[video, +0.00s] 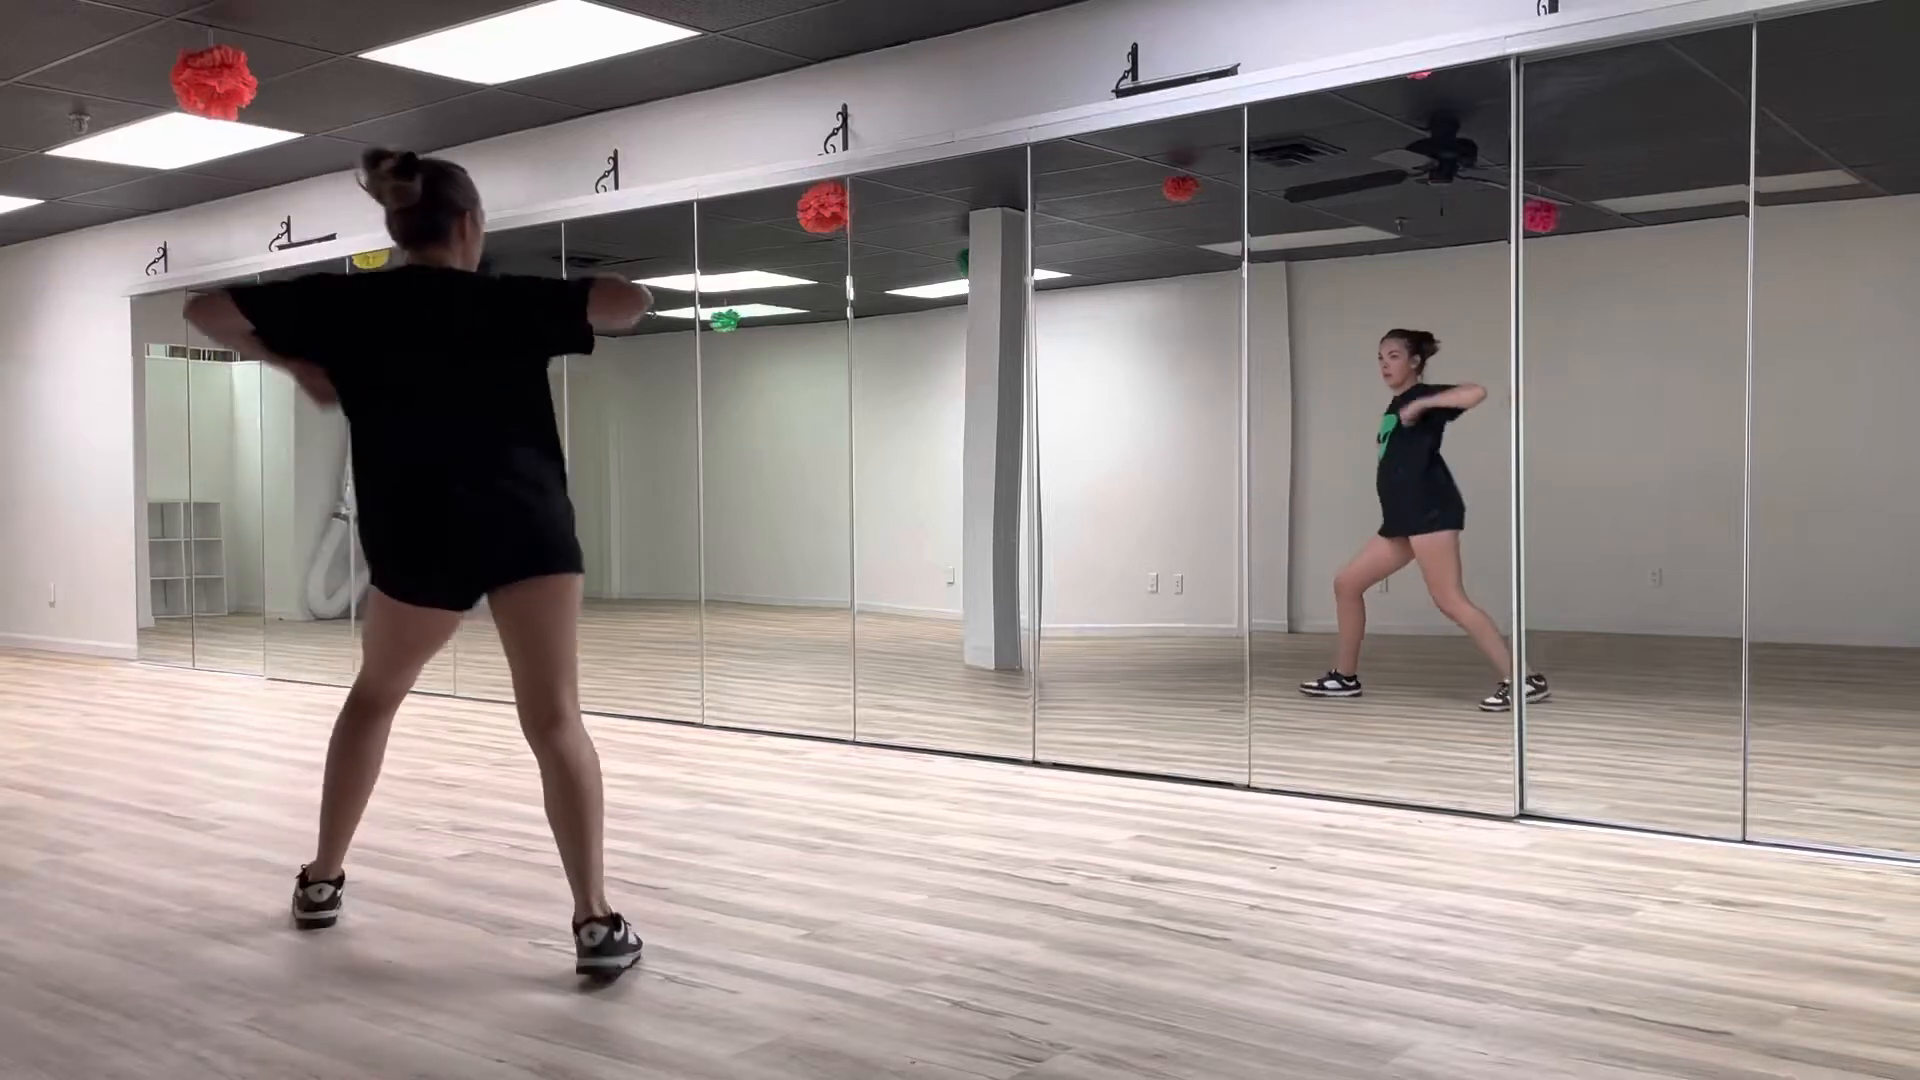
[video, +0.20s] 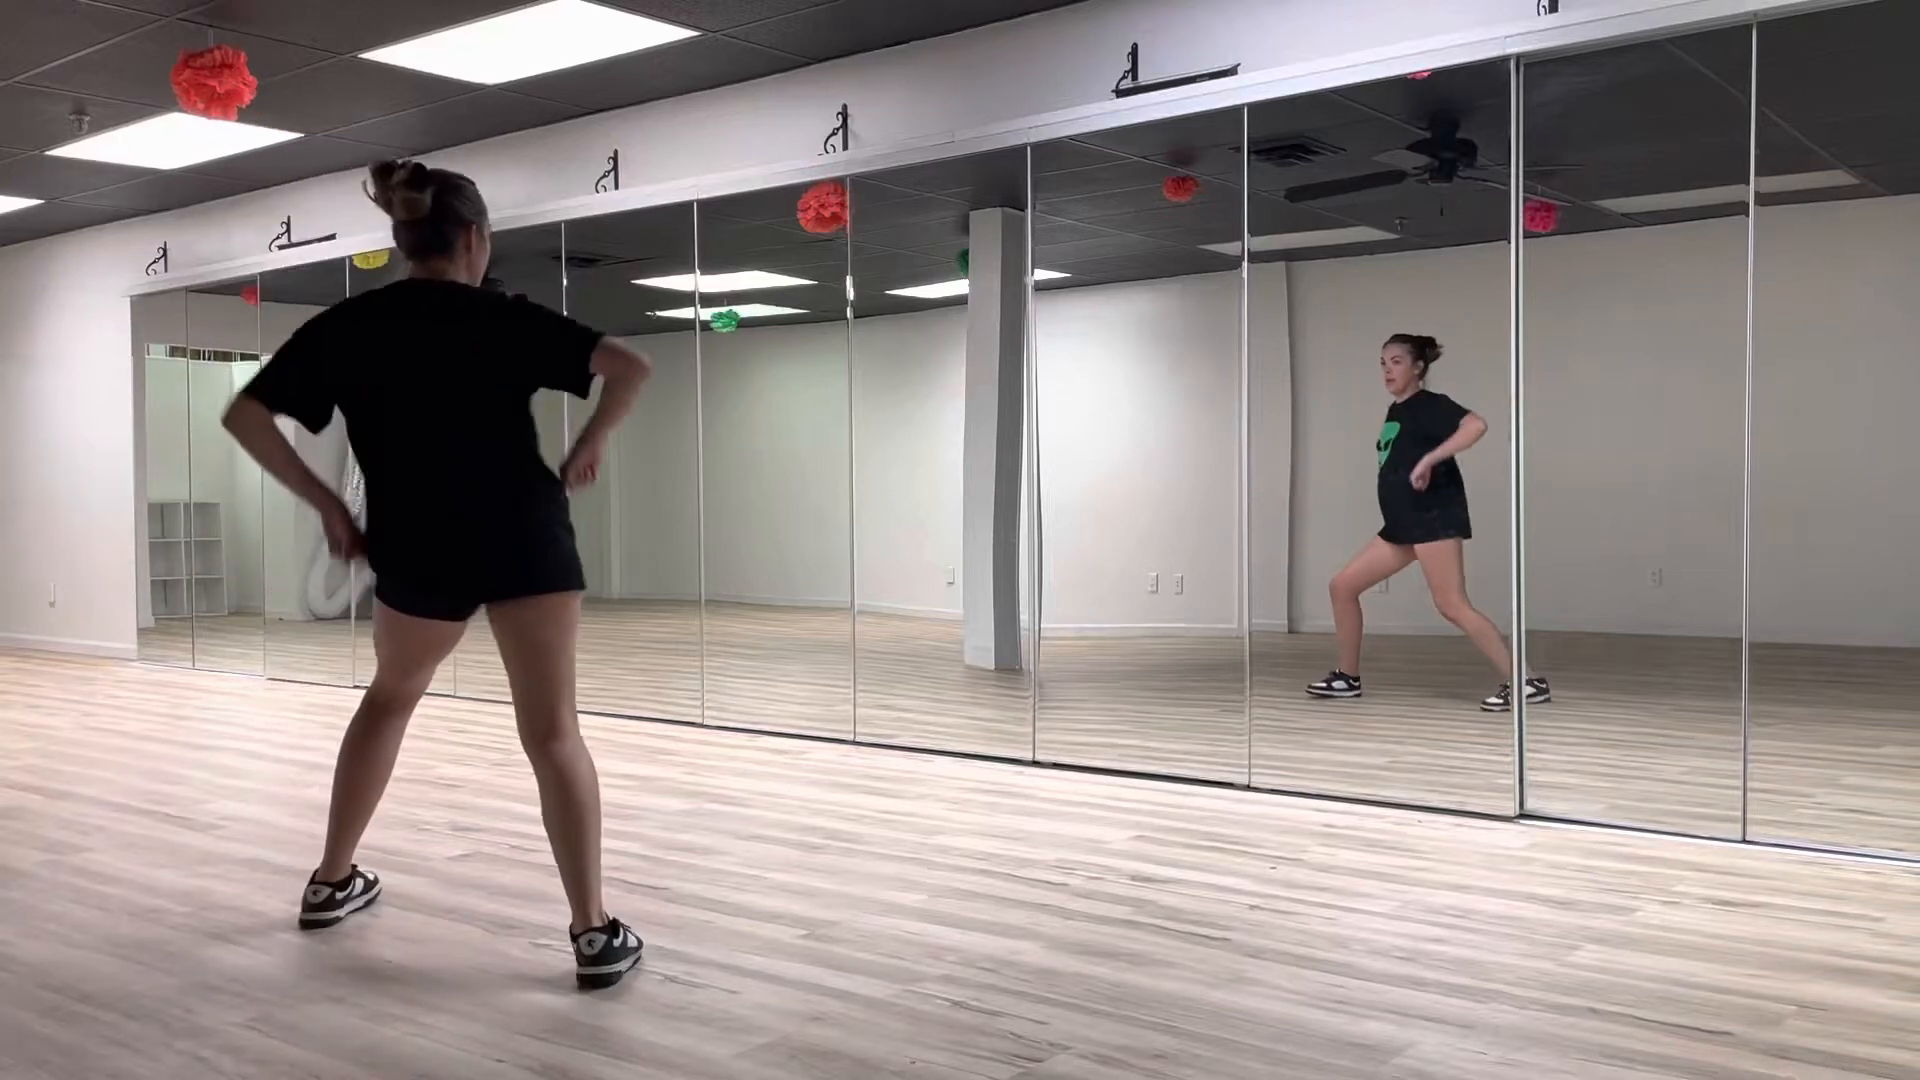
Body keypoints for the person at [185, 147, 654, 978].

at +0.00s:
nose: (481, 237)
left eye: (476, 227)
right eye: (480, 227)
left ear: (395, 233)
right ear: (468, 227)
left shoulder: (345, 302)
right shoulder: (509, 299)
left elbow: (202, 308)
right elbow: (627, 302)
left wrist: (295, 363)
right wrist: (562, 301)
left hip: (417, 533)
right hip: (530, 524)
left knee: (373, 697)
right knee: (555, 720)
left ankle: (324, 876)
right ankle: (594, 919)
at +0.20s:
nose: (488, 253)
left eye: (484, 241)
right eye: (487, 240)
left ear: (402, 244)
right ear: (473, 240)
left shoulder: (347, 325)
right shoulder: (504, 318)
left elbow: (244, 414)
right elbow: (628, 366)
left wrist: (326, 502)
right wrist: (595, 438)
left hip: (417, 538)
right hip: (526, 532)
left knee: (389, 697)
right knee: (553, 732)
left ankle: (330, 877)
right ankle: (592, 931)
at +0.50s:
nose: (432, 203)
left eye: (431, 189)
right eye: (428, 188)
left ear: (347, 192)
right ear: (404, 187)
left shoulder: (297, 286)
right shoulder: (429, 281)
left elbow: (279, 427)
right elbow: (488, 416)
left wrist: (298, 534)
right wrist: (537, 527)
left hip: (327, 515)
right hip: (427, 505)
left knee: (366, 685)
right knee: (487, 679)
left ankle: (330, 878)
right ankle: (509, 858)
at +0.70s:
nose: (417, 172)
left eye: (414, 158)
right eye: (415, 157)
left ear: (335, 164)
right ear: (393, 156)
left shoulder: (285, 262)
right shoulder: (413, 245)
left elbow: (287, 397)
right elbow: (435, 383)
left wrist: (292, 506)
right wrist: (462, 504)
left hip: (314, 482)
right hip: (401, 480)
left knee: (328, 665)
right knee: (406, 667)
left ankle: (308, 868)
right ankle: (362, 863)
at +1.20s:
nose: (418, 195)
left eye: (414, 180)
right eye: (409, 180)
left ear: (352, 187)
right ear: (377, 184)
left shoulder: (330, 264)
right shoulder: (334, 267)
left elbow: (348, 390)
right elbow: (376, 383)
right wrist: (485, 448)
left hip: (330, 500)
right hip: (329, 504)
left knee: (394, 665)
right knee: (363, 677)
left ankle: (282, 833)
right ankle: (340, 880)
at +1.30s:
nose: (407, 192)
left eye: (404, 177)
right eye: (398, 176)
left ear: (347, 185)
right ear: (363, 181)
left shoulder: (350, 268)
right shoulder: (311, 255)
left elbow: (391, 360)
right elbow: (330, 343)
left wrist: (483, 349)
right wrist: (474, 344)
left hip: (341, 497)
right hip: (318, 499)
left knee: (362, 665)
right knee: (366, 670)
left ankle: (252, 807)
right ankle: (339, 879)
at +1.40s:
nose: (395, 195)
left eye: (392, 181)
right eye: (385, 180)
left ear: (339, 189)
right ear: (347, 186)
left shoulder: (346, 271)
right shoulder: (292, 250)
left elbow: (364, 342)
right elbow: (274, 301)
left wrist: (448, 308)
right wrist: (406, 271)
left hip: (343, 492)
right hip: (308, 493)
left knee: (329, 664)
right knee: (377, 669)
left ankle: (230, 790)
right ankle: (339, 879)